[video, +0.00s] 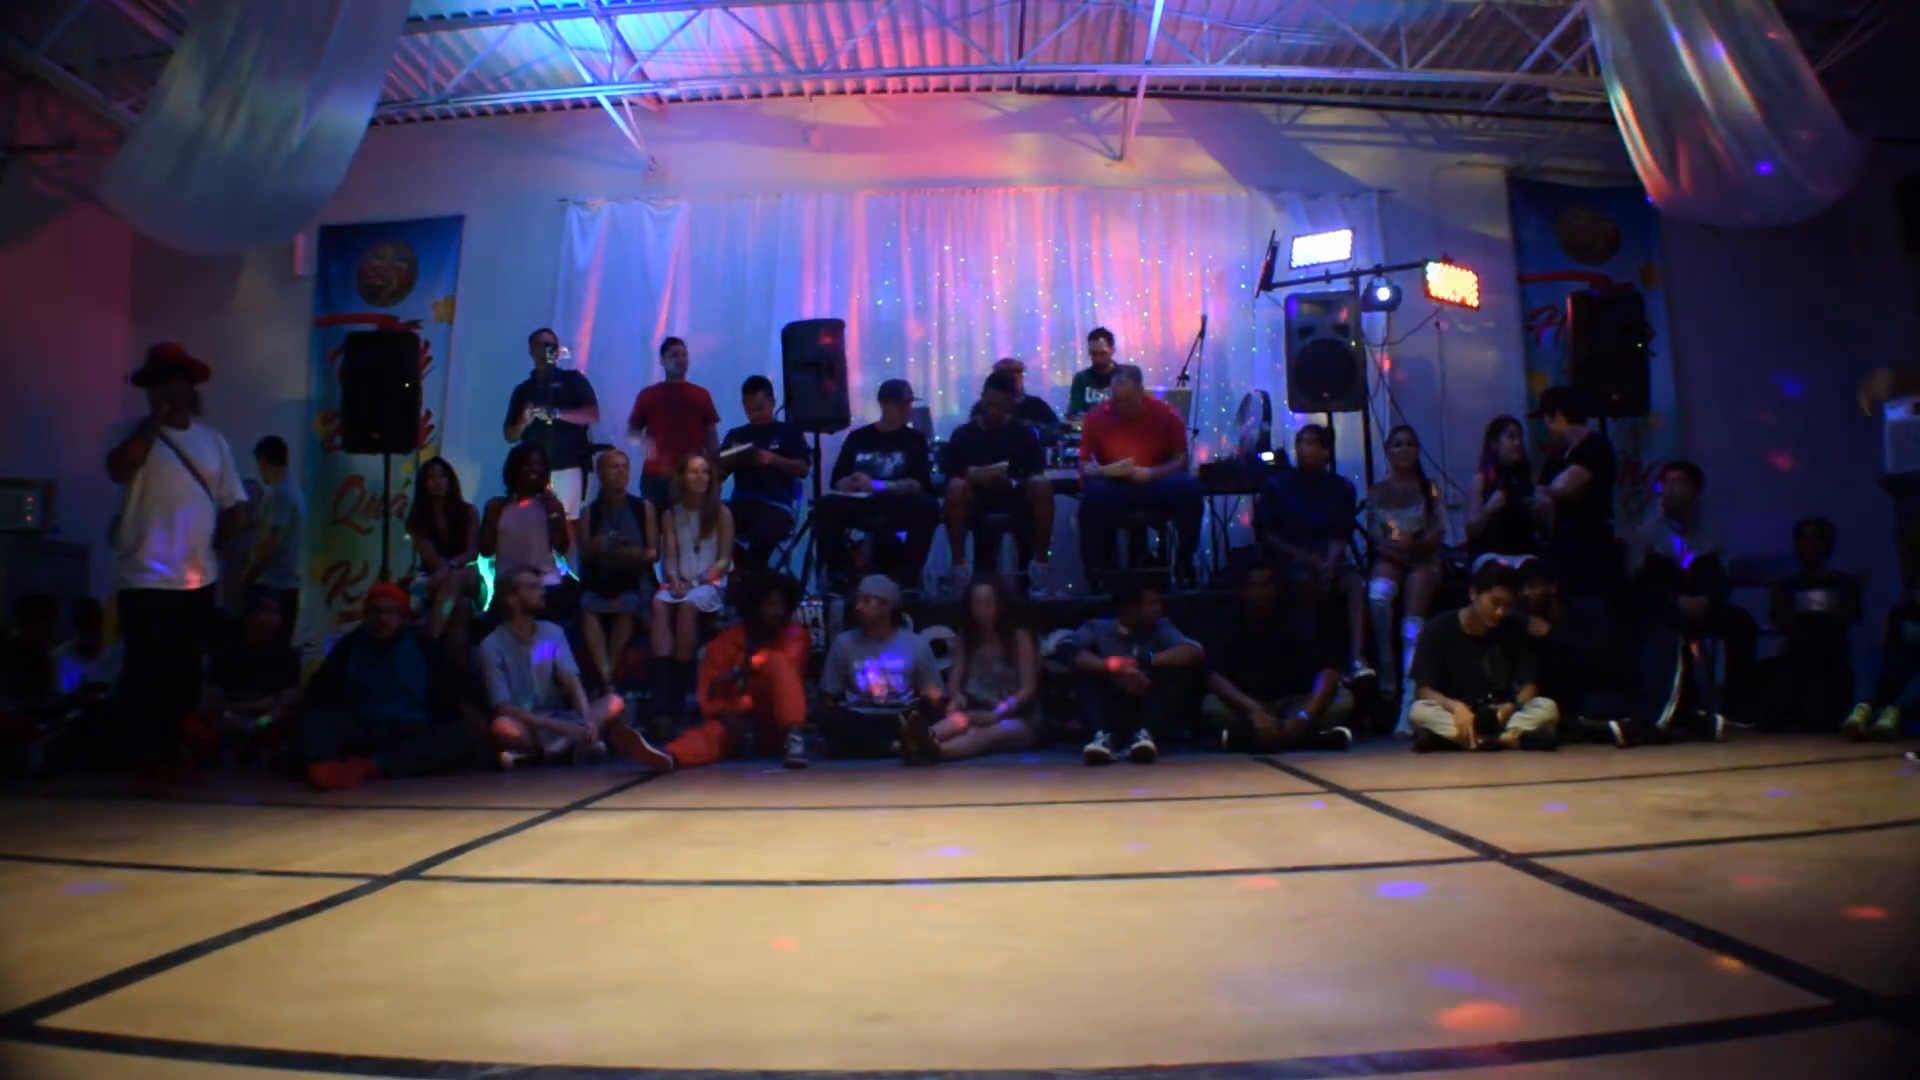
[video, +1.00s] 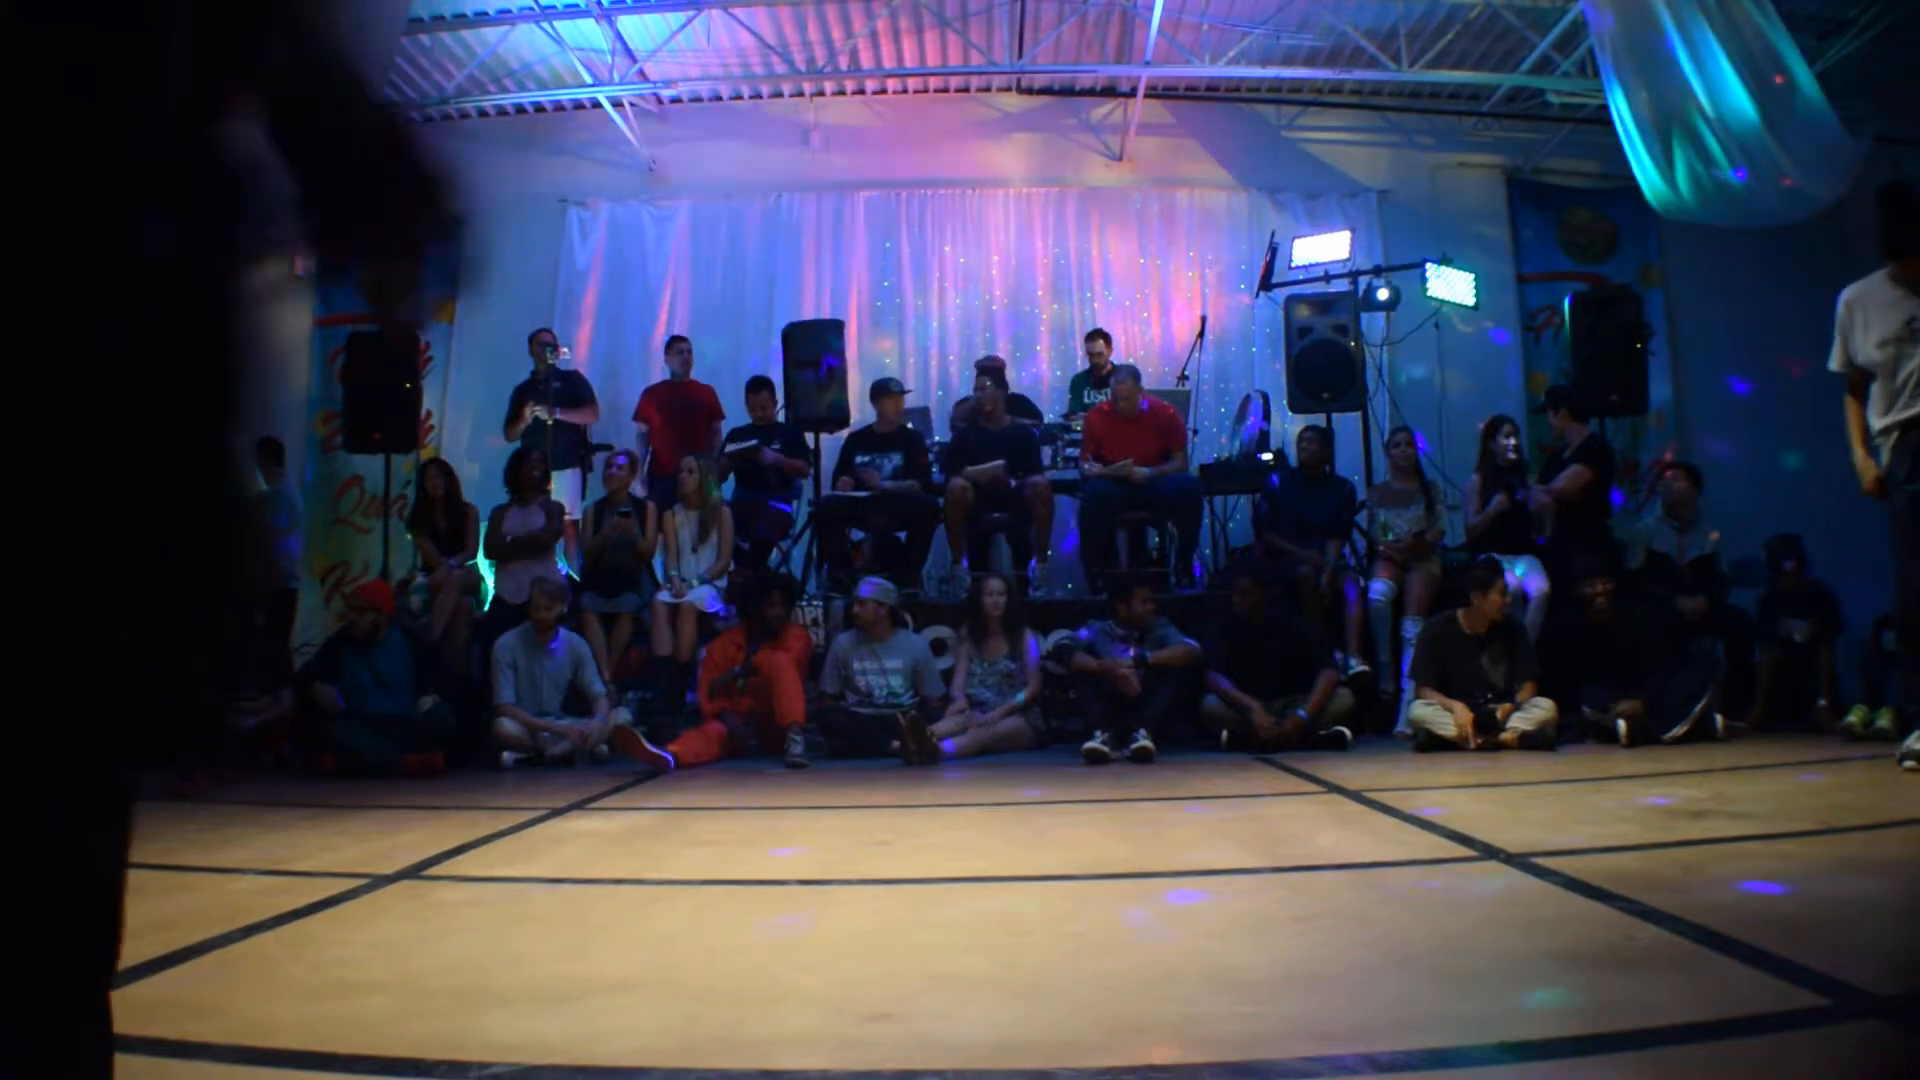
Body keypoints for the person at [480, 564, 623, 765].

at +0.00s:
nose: (542, 591)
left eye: (540, 586)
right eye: (533, 587)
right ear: (511, 599)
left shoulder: (553, 632)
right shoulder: (492, 645)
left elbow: (571, 679)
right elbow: (502, 705)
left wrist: (588, 721)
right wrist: (562, 728)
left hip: (559, 712)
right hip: (523, 717)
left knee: (614, 702)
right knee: (501, 726)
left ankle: (553, 749)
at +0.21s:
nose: (544, 592)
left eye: (543, 587)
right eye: (534, 588)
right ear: (513, 599)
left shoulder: (558, 633)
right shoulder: (496, 644)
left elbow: (575, 679)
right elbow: (505, 704)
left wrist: (588, 721)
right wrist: (561, 727)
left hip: (561, 711)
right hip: (525, 715)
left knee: (616, 702)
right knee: (504, 726)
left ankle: (556, 748)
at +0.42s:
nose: (546, 592)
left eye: (546, 586)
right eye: (537, 588)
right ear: (516, 598)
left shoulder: (561, 635)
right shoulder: (498, 645)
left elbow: (584, 684)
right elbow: (502, 705)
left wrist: (588, 722)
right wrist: (553, 727)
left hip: (564, 716)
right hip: (526, 720)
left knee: (618, 709)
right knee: (503, 725)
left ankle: (559, 748)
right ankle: (580, 747)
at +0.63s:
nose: (555, 596)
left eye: (555, 590)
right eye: (545, 591)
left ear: (559, 594)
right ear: (524, 602)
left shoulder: (568, 640)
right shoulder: (503, 645)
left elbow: (596, 687)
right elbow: (504, 706)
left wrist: (595, 723)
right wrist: (556, 728)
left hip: (562, 719)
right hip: (526, 721)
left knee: (619, 714)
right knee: (504, 727)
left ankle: (546, 754)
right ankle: (582, 748)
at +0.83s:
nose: (548, 607)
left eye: (553, 601)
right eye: (541, 601)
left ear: (560, 605)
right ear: (530, 605)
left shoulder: (573, 643)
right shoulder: (506, 645)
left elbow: (601, 693)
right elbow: (504, 706)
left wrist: (598, 724)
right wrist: (555, 729)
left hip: (559, 719)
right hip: (524, 721)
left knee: (600, 726)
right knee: (503, 726)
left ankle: (541, 756)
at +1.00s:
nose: (541, 615)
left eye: (548, 609)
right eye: (536, 608)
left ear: (562, 609)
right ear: (529, 607)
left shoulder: (575, 644)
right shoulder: (507, 644)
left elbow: (598, 695)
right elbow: (504, 706)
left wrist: (597, 725)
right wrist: (561, 730)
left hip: (562, 720)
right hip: (525, 722)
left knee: (622, 716)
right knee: (502, 727)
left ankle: (549, 754)